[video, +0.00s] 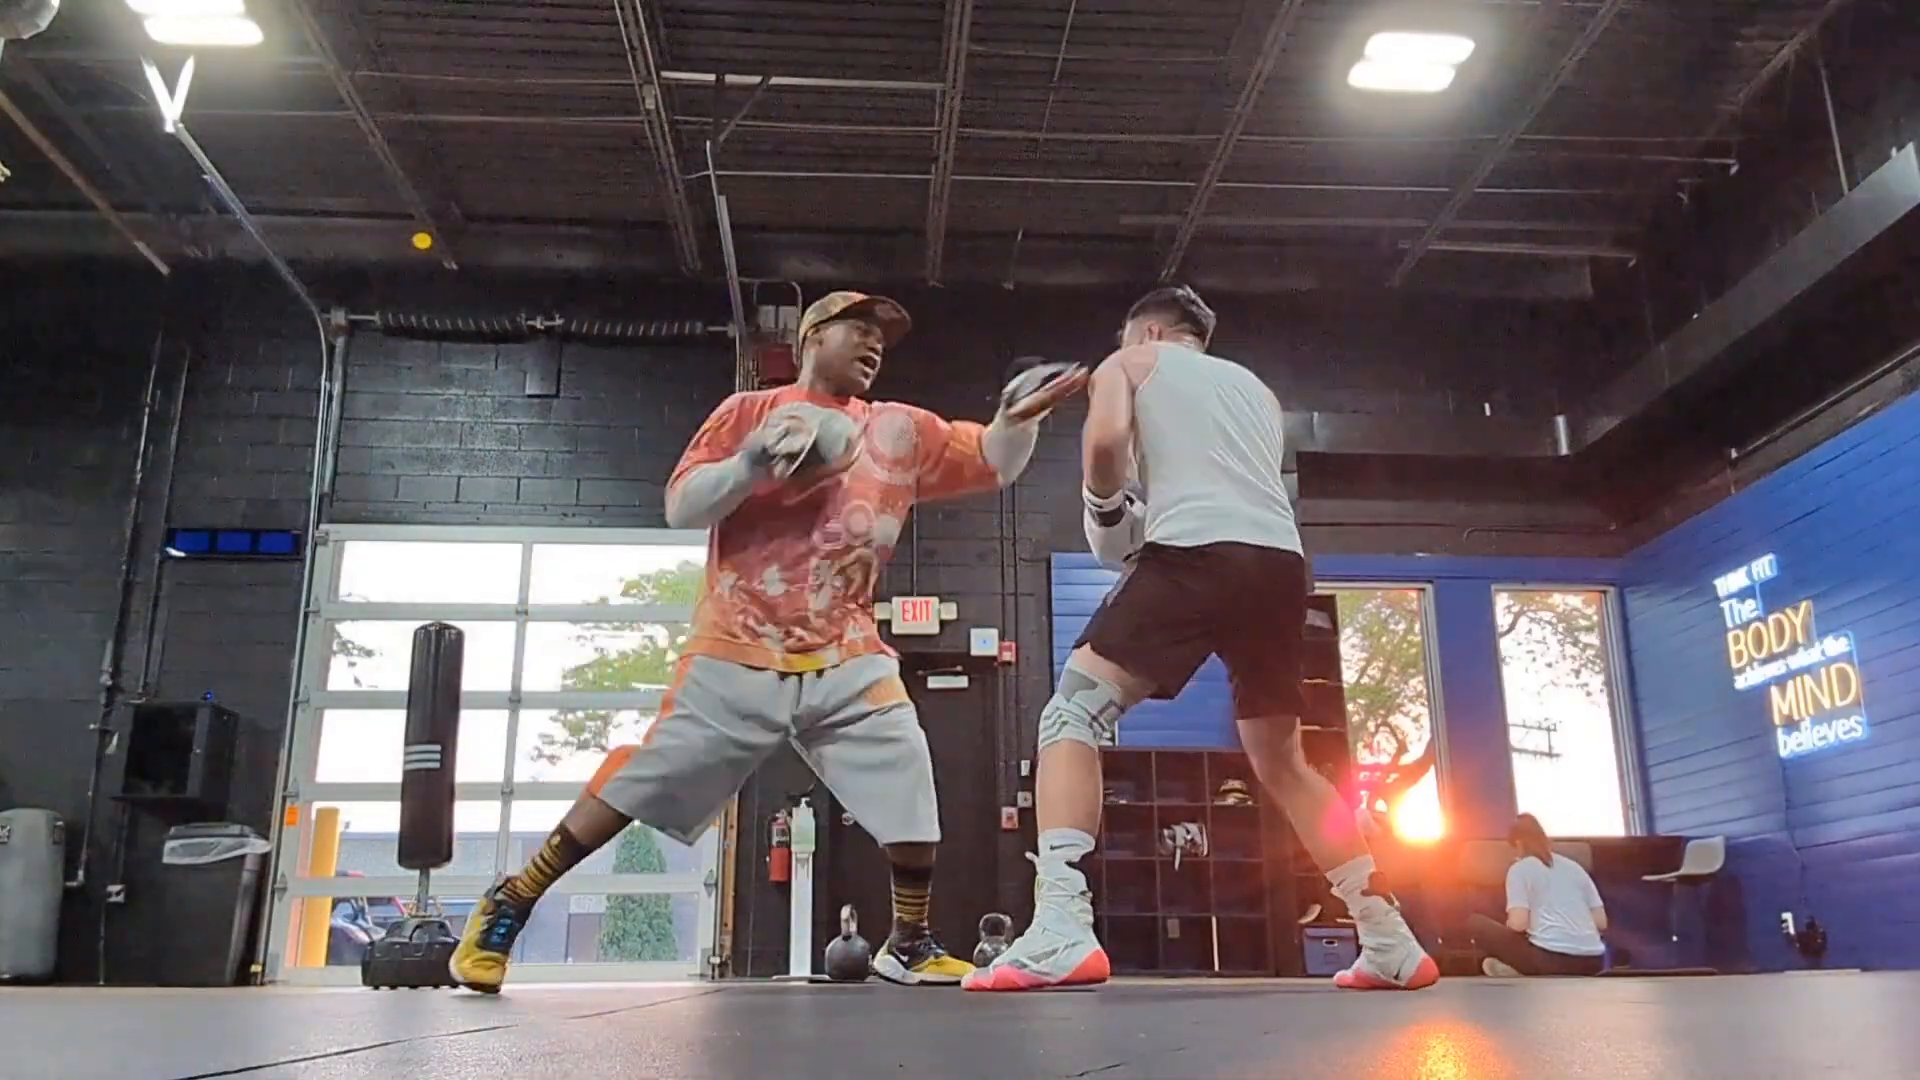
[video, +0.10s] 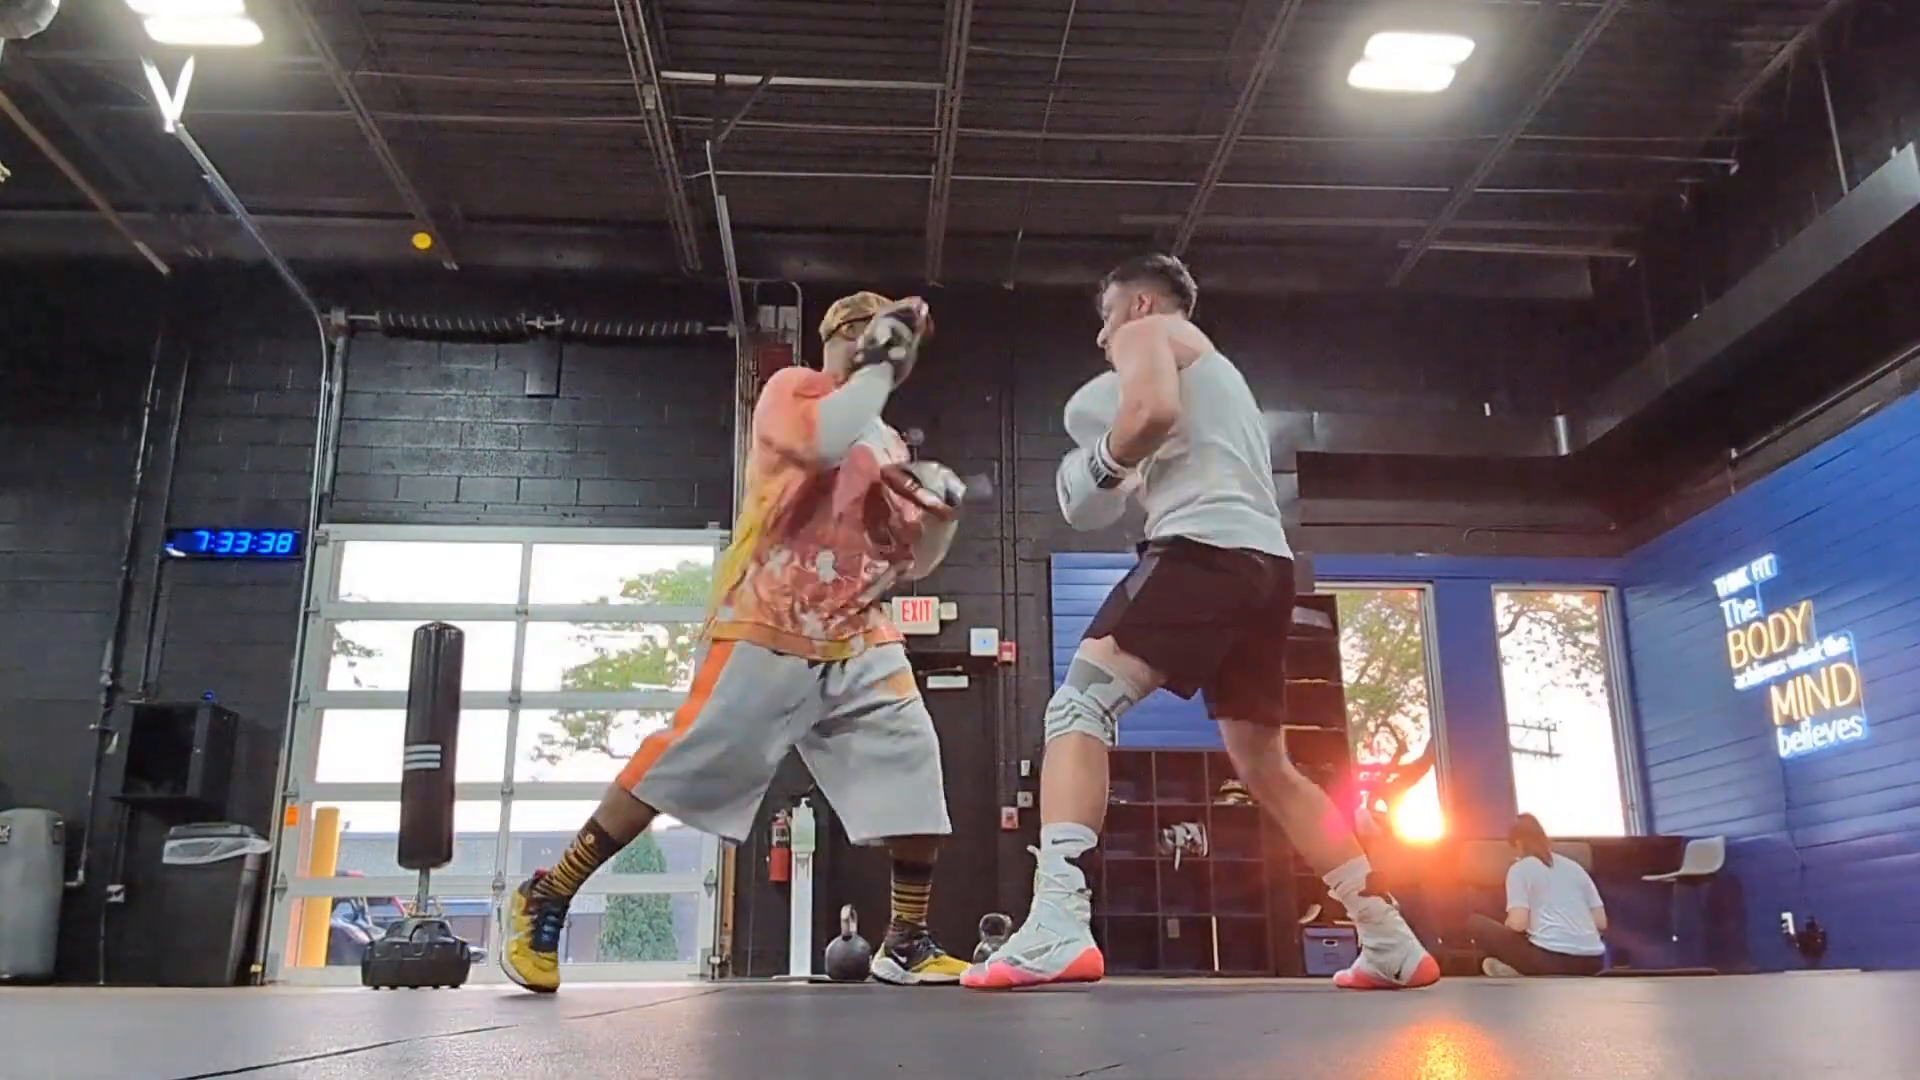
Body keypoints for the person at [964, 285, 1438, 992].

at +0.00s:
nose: (1121, 353)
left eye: (1125, 341)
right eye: (1124, 344)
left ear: (1148, 331)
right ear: (1199, 338)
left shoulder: (1126, 362)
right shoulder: (1259, 390)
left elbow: (1105, 439)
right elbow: (1266, 489)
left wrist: (1108, 521)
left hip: (1191, 554)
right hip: (1281, 563)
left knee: (1072, 719)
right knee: (1279, 760)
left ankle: (1060, 927)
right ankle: (1389, 939)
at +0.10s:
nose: (1106, 330)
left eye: (1110, 314)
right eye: (1106, 319)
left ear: (1141, 300)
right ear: (1176, 307)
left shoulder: (1144, 330)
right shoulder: (1221, 373)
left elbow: (1154, 407)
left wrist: (1103, 466)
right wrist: (1125, 466)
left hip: (1202, 550)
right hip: (1267, 565)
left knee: (1080, 710)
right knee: (1264, 764)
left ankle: (1056, 923)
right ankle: (1389, 940)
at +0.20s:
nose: (1082, 301)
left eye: (1092, 284)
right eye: (1082, 287)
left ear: (1137, 281)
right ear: (1134, 287)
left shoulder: (1189, 327)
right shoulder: (1128, 379)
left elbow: (1207, 424)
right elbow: (1120, 508)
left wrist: (1105, 424)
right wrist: (1073, 443)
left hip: (1200, 564)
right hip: (1221, 576)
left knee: (1085, 718)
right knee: (1233, 780)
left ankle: (1068, 933)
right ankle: (1383, 935)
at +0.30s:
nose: (1052, 320)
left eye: (1064, 300)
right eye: (1050, 307)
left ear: (1119, 298)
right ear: (1100, 307)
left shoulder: (1194, 365)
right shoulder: (1084, 400)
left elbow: (1208, 485)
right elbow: (1071, 530)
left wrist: (1106, 441)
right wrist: (1041, 464)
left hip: (1215, 578)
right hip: (1177, 588)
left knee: (1078, 708)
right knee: (1204, 808)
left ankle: (1066, 933)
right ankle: (1372, 929)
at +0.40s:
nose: (1003, 399)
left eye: (1011, 377)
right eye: (999, 386)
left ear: (1066, 363)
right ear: (1058, 374)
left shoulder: (1152, 406)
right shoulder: (1065, 463)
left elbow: (1185, 531)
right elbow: (1084, 588)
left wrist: (1083, 481)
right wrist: (1027, 535)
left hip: (1228, 607)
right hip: (1217, 618)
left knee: (1066, 709)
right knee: (1185, 815)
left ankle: (1063, 934)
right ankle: (1363, 918)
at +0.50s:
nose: (995, 477)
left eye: (998, 457)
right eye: (990, 463)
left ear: (1044, 444)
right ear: (1046, 450)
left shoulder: (1117, 456)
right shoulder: (1097, 522)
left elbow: (1113, 571)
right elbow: (1116, 638)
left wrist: (1023, 531)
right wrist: (1040, 601)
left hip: (1242, 645)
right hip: (1283, 664)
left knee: (1055, 710)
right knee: (1197, 809)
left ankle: (1061, 938)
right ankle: (1358, 934)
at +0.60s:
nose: (1032, 510)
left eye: (1038, 491)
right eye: (1027, 498)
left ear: (1081, 476)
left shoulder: (1115, 489)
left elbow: (1063, 564)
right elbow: (1149, 665)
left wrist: (1001, 564)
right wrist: (1068, 619)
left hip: (1244, 669)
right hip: (1318, 693)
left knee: (1042, 725)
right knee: (1236, 811)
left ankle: (1062, 937)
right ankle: (1386, 948)